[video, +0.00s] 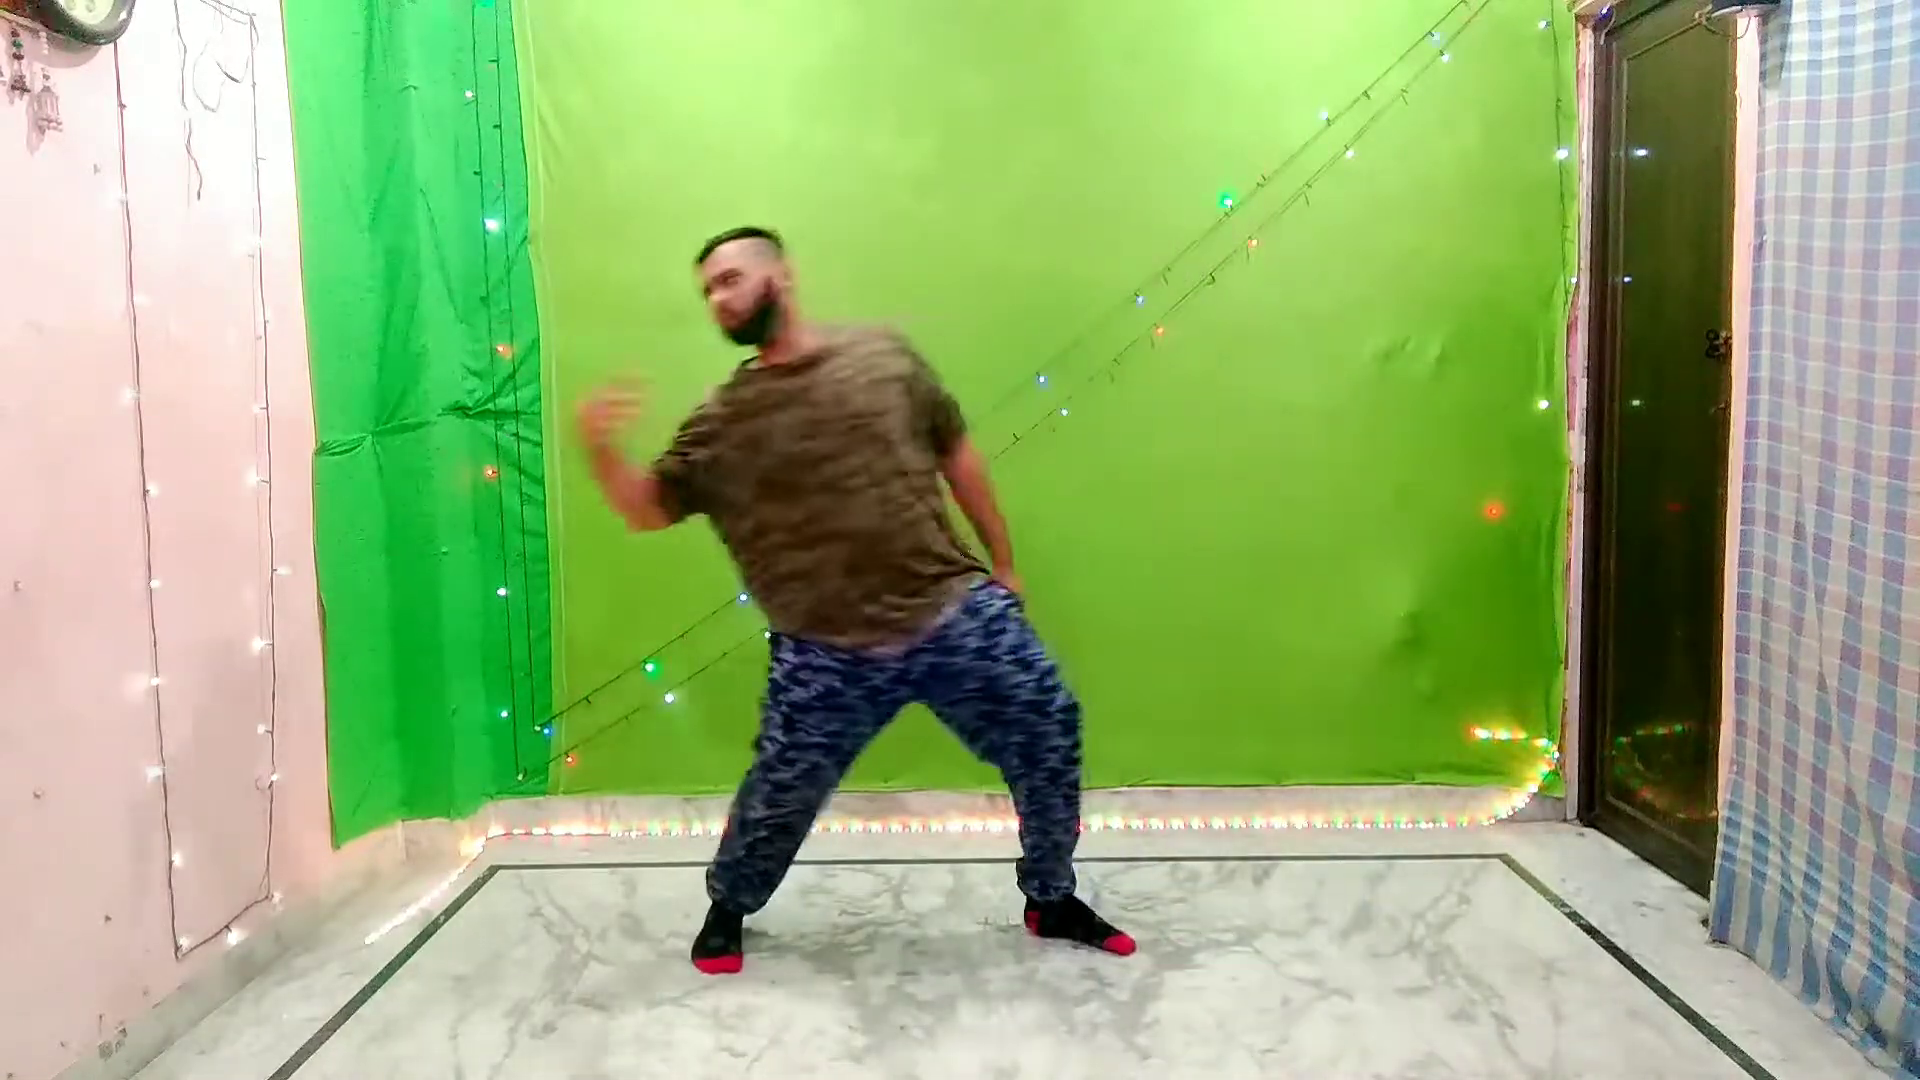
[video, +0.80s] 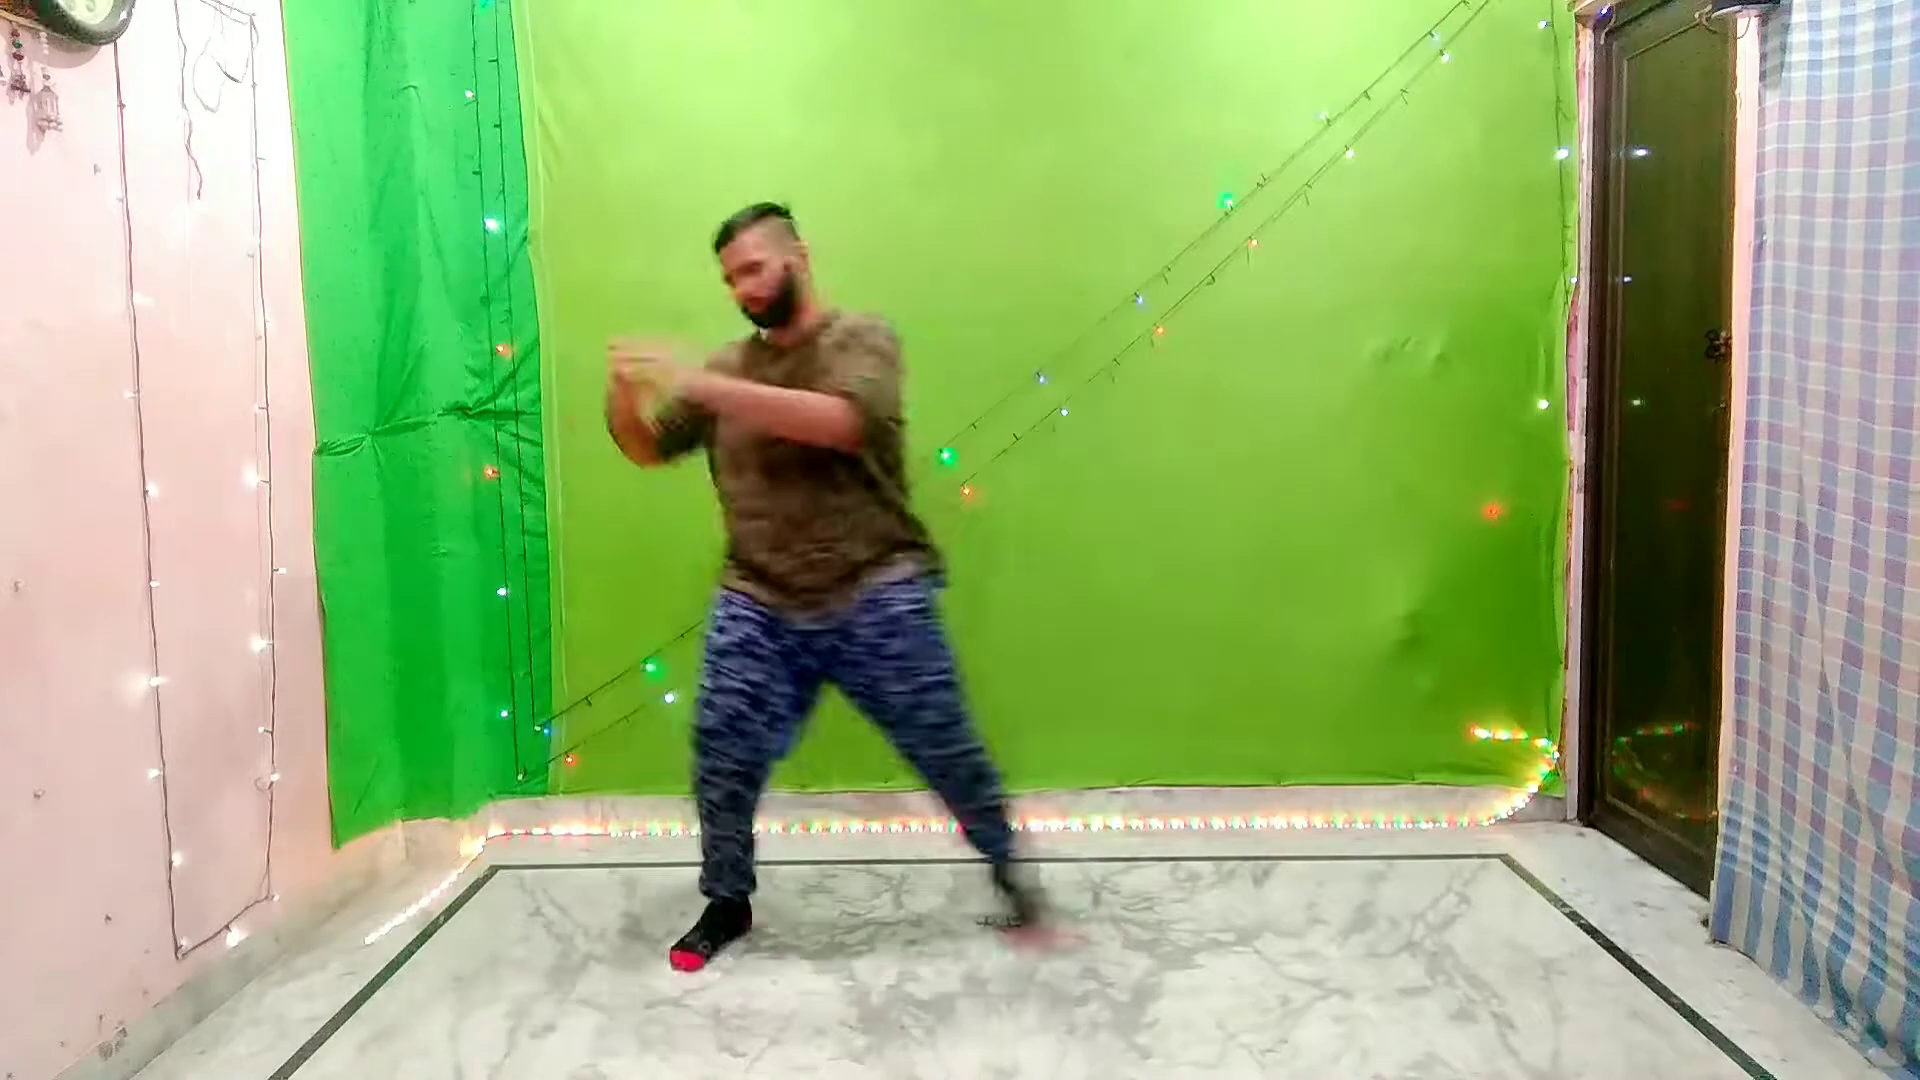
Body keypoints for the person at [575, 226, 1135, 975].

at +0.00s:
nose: (720, 296)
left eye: (731, 277)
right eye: (709, 290)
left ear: (782, 273)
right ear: (710, 311)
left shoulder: (884, 358)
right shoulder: (722, 423)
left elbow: (955, 451)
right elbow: (650, 507)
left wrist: (1002, 562)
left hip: (950, 610)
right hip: (825, 645)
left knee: (1048, 728)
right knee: (783, 790)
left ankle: (1051, 897)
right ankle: (726, 912)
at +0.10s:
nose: (708, 302)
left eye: (720, 281)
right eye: (699, 294)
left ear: (774, 277)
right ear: (702, 313)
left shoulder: (872, 355)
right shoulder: (704, 429)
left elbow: (949, 447)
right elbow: (618, 490)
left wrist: (992, 564)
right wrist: (530, 443)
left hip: (941, 608)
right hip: (813, 642)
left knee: (1036, 735)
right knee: (768, 788)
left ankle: (1057, 894)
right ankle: (724, 916)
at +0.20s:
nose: (777, 261)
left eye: (783, 249)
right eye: (754, 261)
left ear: (809, 268)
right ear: (731, 298)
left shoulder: (883, 351)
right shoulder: (708, 414)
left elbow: (990, 397)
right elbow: (610, 461)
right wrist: (494, 443)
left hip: (935, 607)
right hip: (807, 633)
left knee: (1024, 741)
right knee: (766, 783)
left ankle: (1063, 894)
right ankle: (724, 917)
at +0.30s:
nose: (824, 256)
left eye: (821, 246)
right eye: (801, 253)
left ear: (829, 266)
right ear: (760, 286)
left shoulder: (900, 347)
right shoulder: (721, 405)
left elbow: (1007, 362)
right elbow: (624, 452)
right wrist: (502, 443)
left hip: (937, 607)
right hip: (810, 631)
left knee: (1023, 745)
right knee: (766, 782)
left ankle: (1063, 896)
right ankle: (724, 915)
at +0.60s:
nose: (846, 260)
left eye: (843, 249)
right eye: (825, 256)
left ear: (848, 264)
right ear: (782, 288)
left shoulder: (911, 353)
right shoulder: (744, 399)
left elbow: (995, 416)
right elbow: (660, 459)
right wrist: (546, 427)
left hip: (944, 599)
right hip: (814, 619)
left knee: (1024, 742)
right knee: (765, 768)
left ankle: (1060, 894)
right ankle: (728, 909)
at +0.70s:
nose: (812, 278)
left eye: (816, 261)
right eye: (792, 274)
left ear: (837, 264)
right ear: (767, 299)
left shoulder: (896, 351)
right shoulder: (741, 398)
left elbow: (931, 443)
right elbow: (679, 471)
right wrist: (602, 434)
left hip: (928, 591)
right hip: (800, 608)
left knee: (1008, 739)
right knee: (753, 762)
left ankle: (1060, 892)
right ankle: (737, 904)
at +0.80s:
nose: (749, 288)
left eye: (759, 269)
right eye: (735, 278)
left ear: (799, 260)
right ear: (727, 287)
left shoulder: (861, 340)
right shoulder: (726, 370)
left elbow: (844, 421)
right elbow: (650, 444)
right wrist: (621, 398)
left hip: (871, 581)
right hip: (759, 592)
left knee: (940, 737)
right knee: (724, 743)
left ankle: (1013, 877)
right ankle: (726, 901)